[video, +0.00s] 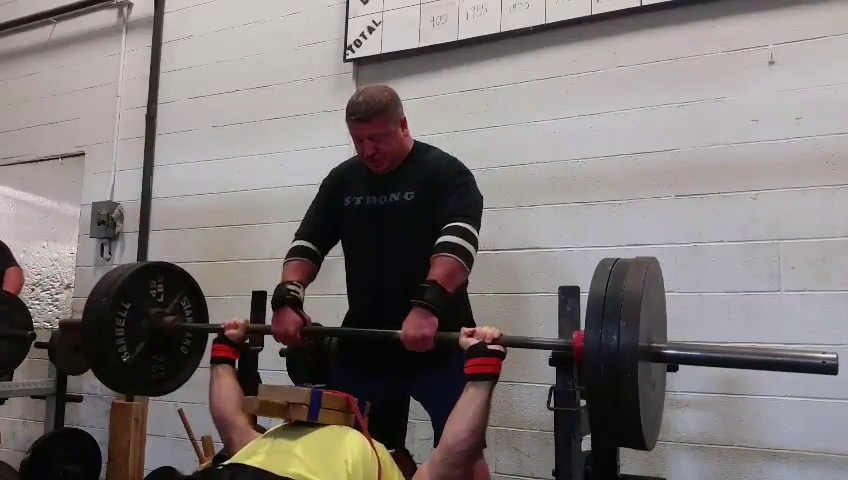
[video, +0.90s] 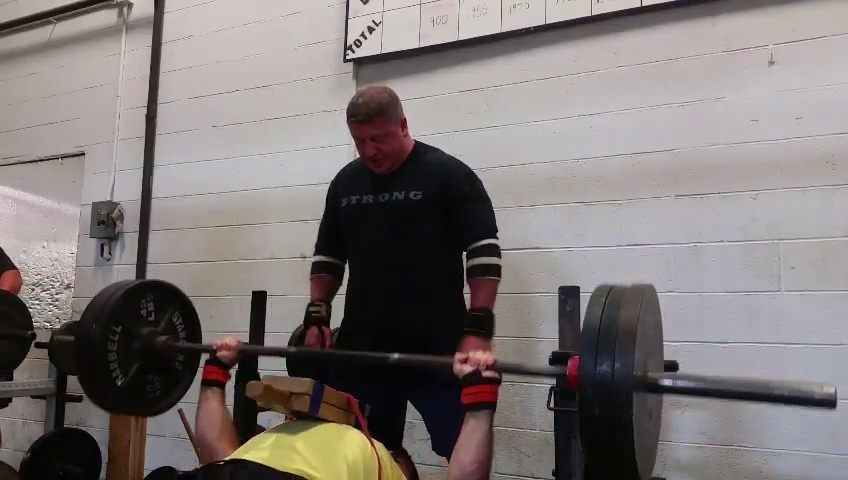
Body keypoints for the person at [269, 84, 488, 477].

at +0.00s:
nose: (368, 150)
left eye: (378, 139)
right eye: (359, 140)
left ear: (404, 126)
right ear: (350, 135)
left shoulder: (448, 175)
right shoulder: (343, 181)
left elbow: (456, 248)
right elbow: (308, 245)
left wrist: (428, 305)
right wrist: (287, 299)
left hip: (440, 342)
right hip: (365, 340)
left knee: (463, 452)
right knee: (364, 455)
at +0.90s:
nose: (370, 151)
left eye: (379, 139)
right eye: (361, 141)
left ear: (403, 126)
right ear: (352, 135)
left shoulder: (452, 178)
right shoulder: (345, 184)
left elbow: (484, 254)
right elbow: (328, 257)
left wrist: (478, 329)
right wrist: (317, 316)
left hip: (438, 347)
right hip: (363, 346)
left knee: (468, 457)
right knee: (364, 458)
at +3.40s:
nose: (361, 160)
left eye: (369, 149)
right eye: (352, 151)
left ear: (394, 131)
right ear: (342, 143)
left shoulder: (444, 176)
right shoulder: (338, 184)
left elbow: (478, 256)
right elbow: (324, 260)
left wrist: (474, 327)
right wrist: (313, 322)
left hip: (439, 343)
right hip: (364, 344)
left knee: (466, 457)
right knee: (365, 459)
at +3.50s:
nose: (360, 160)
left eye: (369, 149)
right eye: (351, 151)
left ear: (394, 132)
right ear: (341, 143)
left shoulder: (444, 176)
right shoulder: (338, 184)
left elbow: (478, 257)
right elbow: (324, 260)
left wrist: (472, 330)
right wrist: (314, 318)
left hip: (437, 344)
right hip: (365, 345)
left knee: (461, 456)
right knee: (368, 459)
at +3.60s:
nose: (360, 160)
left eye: (369, 150)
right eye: (351, 152)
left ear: (394, 132)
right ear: (341, 143)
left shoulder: (444, 176)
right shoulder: (338, 185)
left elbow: (479, 258)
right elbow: (324, 262)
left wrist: (472, 332)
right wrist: (315, 320)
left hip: (437, 344)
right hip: (366, 344)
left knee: (462, 456)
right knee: (369, 458)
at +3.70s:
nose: (361, 161)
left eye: (370, 149)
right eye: (351, 152)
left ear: (394, 131)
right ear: (341, 144)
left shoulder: (444, 177)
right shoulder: (338, 185)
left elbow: (478, 257)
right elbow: (325, 261)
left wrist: (473, 327)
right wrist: (316, 322)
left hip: (438, 340)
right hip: (364, 341)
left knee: (467, 454)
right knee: (366, 455)